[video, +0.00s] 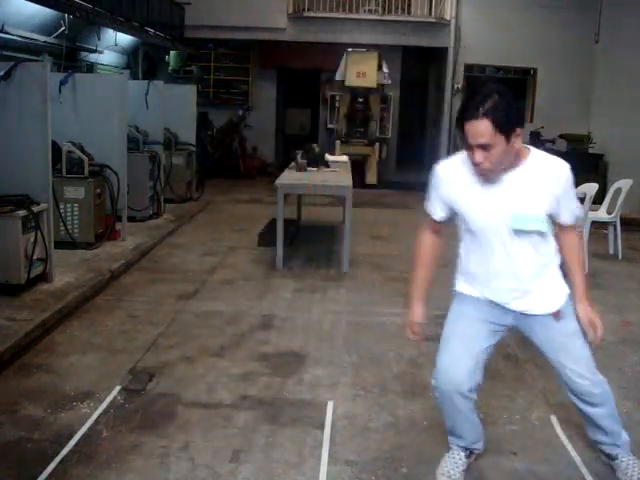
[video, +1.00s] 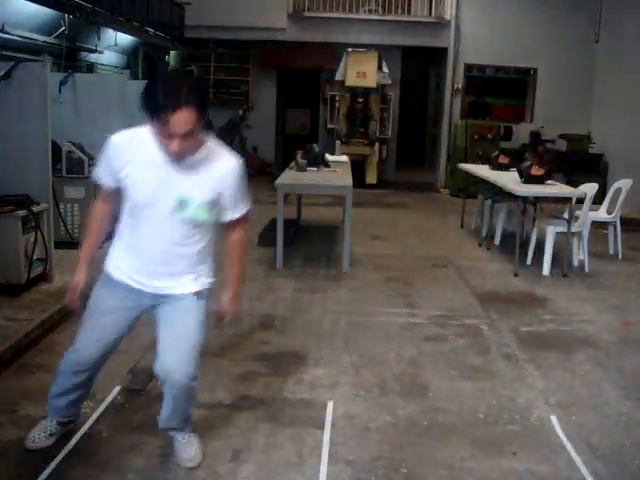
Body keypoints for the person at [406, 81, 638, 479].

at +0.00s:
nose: (476, 157)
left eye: (485, 148)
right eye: (469, 147)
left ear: (516, 138)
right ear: (463, 136)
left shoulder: (553, 174)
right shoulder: (449, 175)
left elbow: (569, 231)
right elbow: (432, 230)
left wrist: (582, 299)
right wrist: (417, 301)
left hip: (543, 300)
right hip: (476, 299)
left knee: (586, 382)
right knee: (450, 381)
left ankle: (619, 452)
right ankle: (464, 444)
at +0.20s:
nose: (446, 107)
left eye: (455, 97)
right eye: (440, 97)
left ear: (486, 87)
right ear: (434, 88)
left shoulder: (525, 129)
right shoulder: (418, 121)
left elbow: (549, 186)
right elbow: (402, 171)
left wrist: (561, 255)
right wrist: (407, 242)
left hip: (509, 271)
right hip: (442, 272)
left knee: (549, 357)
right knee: (449, 366)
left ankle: (590, 438)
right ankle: (468, 442)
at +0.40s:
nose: (391, 96)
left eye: (399, 84)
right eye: (385, 85)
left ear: (435, 75)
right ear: (380, 77)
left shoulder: (478, 122)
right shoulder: (372, 113)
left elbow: (502, 196)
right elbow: (358, 179)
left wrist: (499, 272)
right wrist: (342, 246)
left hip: (444, 264)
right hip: (377, 255)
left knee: (453, 366)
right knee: (338, 339)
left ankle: (472, 460)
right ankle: (337, 401)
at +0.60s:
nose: (312, 95)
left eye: (323, 85)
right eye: (308, 84)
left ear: (352, 80)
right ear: (301, 76)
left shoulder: (382, 135)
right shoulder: (281, 112)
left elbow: (404, 209)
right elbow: (262, 172)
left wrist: (412, 287)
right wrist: (243, 241)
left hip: (350, 278)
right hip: (279, 269)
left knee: (388, 361)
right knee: (246, 353)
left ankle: (450, 449)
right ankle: (239, 425)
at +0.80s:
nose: (233, 91)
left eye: (243, 81)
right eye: (225, 81)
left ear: (268, 71)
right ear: (215, 70)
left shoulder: (300, 115)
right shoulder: (196, 101)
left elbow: (324, 173)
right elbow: (175, 154)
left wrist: (317, 245)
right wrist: (154, 217)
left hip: (259, 255)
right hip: (199, 240)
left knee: (227, 353)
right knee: (154, 321)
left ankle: (203, 426)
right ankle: (158, 387)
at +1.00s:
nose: (177, 146)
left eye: (187, 135)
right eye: (168, 135)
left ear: (202, 123)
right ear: (153, 122)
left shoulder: (226, 166)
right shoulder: (124, 147)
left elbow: (237, 227)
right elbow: (105, 202)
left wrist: (232, 289)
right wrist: (82, 268)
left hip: (185, 289)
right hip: (123, 279)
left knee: (178, 373)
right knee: (82, 357)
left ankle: (179, 428)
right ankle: (58, 417)